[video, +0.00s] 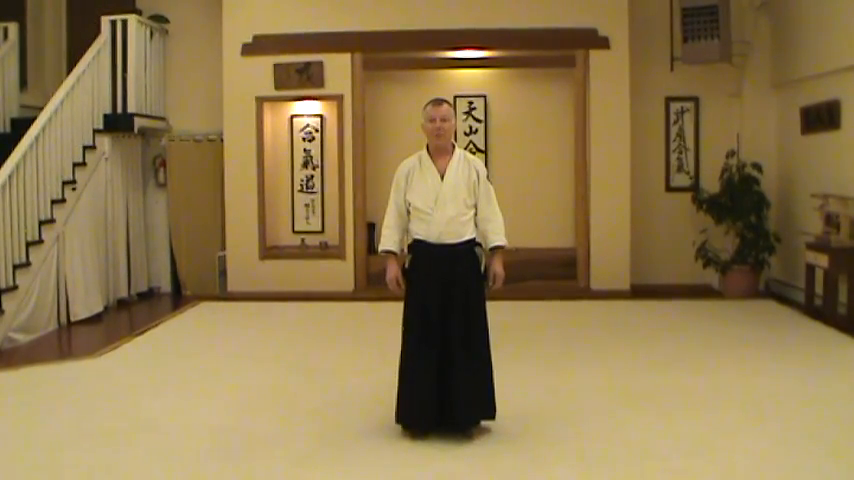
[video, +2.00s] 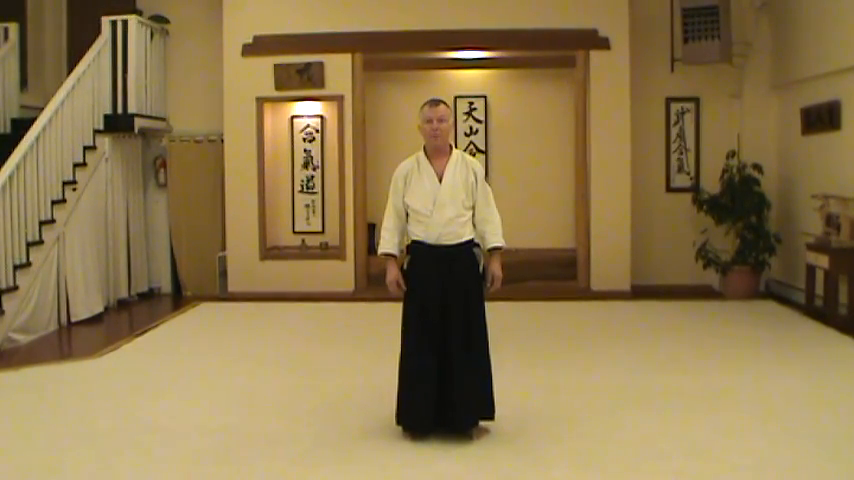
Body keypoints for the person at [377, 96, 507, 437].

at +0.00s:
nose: (439, 126)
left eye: (445, 120)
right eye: (432, 120)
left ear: (455, 124)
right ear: (423, 126)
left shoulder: (472, 166)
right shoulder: (408, 168)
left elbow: (488, 211)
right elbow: (395, 214)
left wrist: (495, 255)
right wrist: (391, 258)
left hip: (463, 259)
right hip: (423, 259)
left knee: (464, 334)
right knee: (423, 335)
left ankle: (464, 415)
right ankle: (420, 416)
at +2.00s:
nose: (435, 127)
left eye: (441, 121)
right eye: (428, 121)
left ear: (452, 125)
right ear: (419, 127)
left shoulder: (470, 167)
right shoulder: (406, 170)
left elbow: (486, 212)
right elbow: (393, 217)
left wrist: (494, 256)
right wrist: (391, 261)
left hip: (462, 260)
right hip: (422, 260)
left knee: (463, 336)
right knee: (422, 337)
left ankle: (464, 416)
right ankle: (420, 418)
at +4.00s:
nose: (436, 126)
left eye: (442, 120)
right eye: (429, 121)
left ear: (453, 125)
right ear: (421, 127)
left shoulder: (470, 167)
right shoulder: (407, 170)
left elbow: (486, 212)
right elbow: (393, 217)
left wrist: (494, 257)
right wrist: (390, 261)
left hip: (462, 260)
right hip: (422, 260)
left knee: (463, 337)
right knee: (423, 338)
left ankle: (465, 417)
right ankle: (421, 419)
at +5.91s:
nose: (414, 129)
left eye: (421, 123)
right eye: (409, 123)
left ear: (433, 127)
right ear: (400, 129)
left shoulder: (451, 167)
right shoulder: (387, 172)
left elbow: (469, 212)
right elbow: (376, 219)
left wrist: (476, 257)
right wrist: (373, 263)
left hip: (445, 261)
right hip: (406, 262)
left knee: (454, 336)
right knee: (406, 338)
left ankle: (462, 415)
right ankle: (406, 416)